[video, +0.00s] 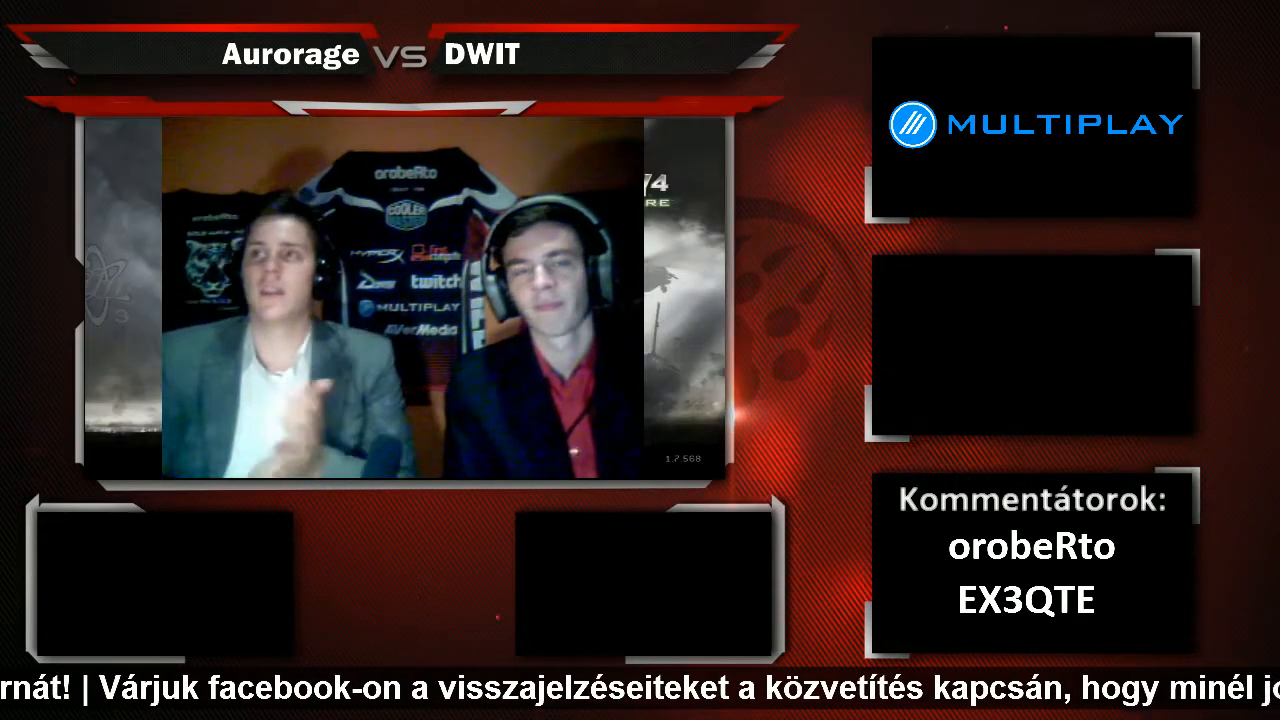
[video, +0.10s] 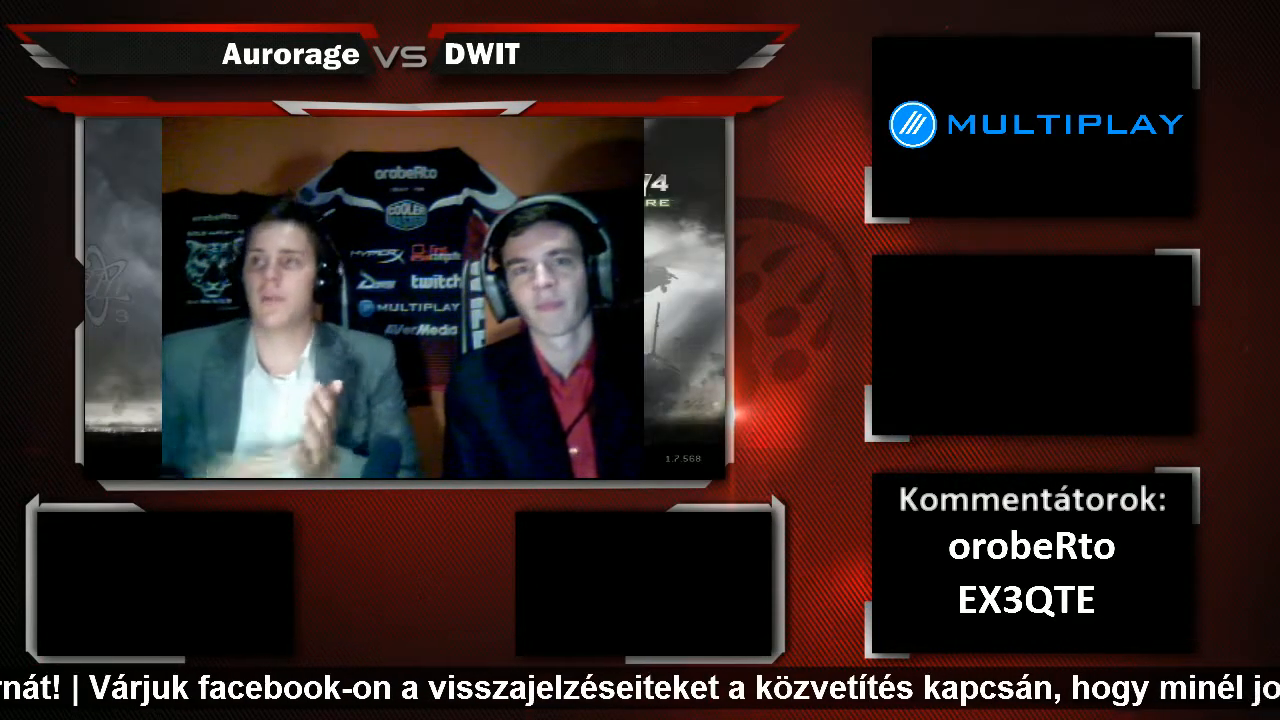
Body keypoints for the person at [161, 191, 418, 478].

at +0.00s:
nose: (270, 269)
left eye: (290, 255)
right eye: (257, 254)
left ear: (317, 272)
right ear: (242, 270)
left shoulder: (369, 357)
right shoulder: (180, 355)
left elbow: (398, 482)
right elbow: (162, 475)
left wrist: (316, 462)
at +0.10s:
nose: (269, 276)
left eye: (290, 262)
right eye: (257, 261)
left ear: (319, 278)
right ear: (243, 275)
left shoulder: (371, 359)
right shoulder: (182, 358)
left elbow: (402, 478)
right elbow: (164, 470)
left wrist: (330, 463)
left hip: (329, 532)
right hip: (218, 530)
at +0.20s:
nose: (268, 283)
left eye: (290, 268)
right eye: (257, 266)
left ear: (322, 281)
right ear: (244, 276)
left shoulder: (373, 361)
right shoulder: (183, 357)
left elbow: (406, 481)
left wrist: (329, 470)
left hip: (330, 537)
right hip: (216, 527)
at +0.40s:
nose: (273, 283)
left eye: (296, 268)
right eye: (263, 264)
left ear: (327, 282)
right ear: (249, 274)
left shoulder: (375, 362)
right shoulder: (185, 354)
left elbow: (406, 479)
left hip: (332, 542)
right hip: (213, 534)